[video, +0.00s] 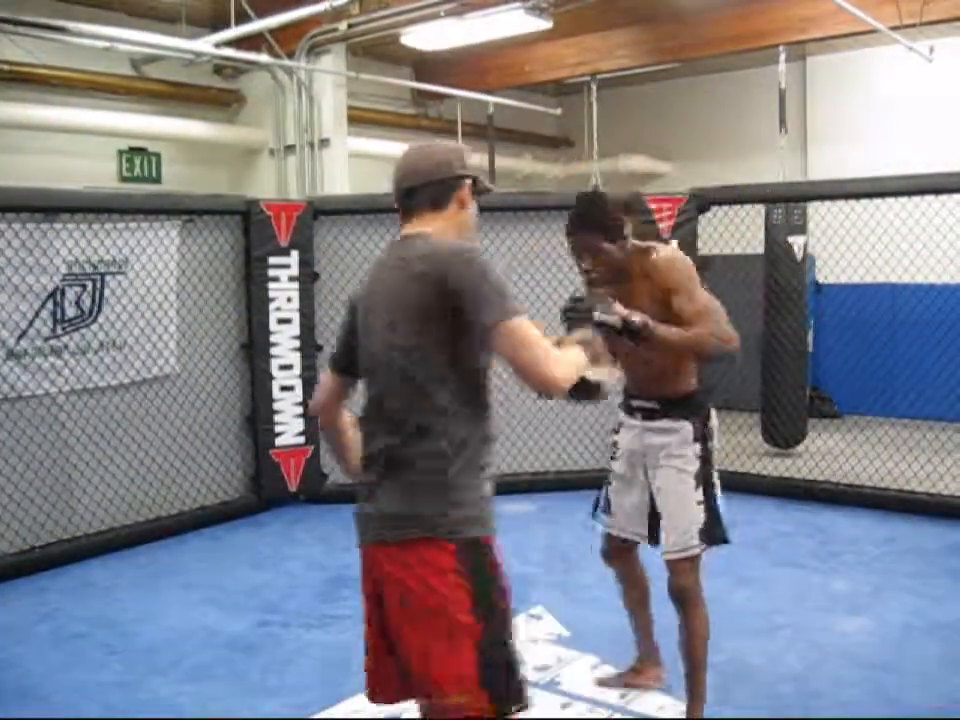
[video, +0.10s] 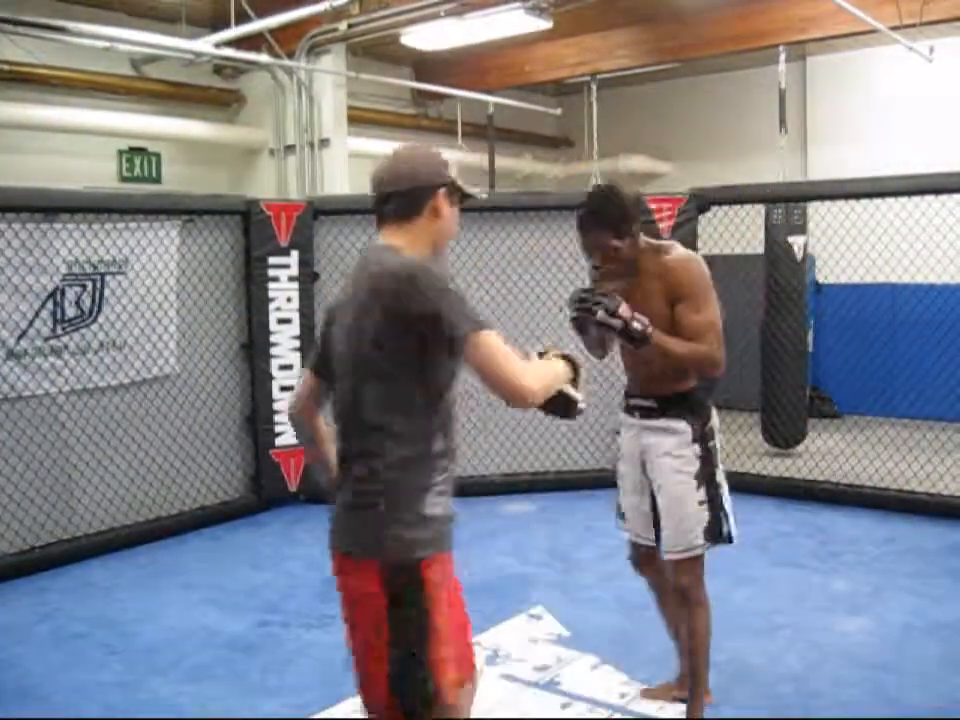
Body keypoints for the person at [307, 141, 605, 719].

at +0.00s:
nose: (475, 214)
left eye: (473, 201)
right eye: (474, 200)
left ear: (404, 205)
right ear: (460, 197)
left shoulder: (375, 281)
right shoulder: (459, 265)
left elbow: (326, 404)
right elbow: (550, 376)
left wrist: (364, 470)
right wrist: (576, 348)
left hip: (385, 533)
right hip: (446, 536)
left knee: (423, 698)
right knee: (471, 703)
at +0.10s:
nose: (458, 218)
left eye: (457, 203)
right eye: (454, 203)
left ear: (387, 207)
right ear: (435, 204)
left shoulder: (354, 289)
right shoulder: (421, 283)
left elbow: (304, 406)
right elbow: (521, 388)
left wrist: (340, 471)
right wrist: (556, 366)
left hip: (366, 534)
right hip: (404, 541)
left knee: (452, 685)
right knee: (435, 701)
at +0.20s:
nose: (439, 238)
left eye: (439, 223)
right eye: (436, 223)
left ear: (367, 223)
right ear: (413, 224)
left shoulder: (340, 293)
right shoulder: (381, 305)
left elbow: (295, 426)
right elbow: (483, 410)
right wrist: (536, 371)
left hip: (381, 554)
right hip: (351, 566)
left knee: (459, 674)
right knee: (365, 708)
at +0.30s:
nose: (418, 256)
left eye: (419, 241)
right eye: (416, 240)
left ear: (375, 242)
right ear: (391, 242)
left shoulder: (334, 311)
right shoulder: (335, 324)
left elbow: (313, 448)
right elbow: (434, 433)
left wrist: (390, 503)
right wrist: (508, 392)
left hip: (355, 549)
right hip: (313, 568)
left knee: (457, 641)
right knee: (332, 709)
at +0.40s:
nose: (412, 248)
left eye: (412, 233)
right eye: (407, 232)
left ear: (371, 234)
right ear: (377, 233)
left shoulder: (346, 312)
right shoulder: (307, 315)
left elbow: (348, 434)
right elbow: (371, 426)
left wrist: (417, 431)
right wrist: (471, 398)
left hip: (352, 538)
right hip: (296, 558)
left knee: (439, 642)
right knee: (308, 708)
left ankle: (407, 716)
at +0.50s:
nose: (410, 240)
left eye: (410, 226)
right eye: (403, 223)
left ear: (369, 225)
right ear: (371, 223)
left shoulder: (368, 306)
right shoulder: (289, 301)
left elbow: (371, 396)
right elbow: (321, 401)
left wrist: (426, 412)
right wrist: (443, 380)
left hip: (358, 527)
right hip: (292, 540)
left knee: (405, 663)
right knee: (290, 700)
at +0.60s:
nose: (409, 242)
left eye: (411, 229)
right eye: (406, 227)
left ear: (371, 223)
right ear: (371, 220)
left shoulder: (377, 301)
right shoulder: (282, 285)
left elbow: (414, 379)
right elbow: (293, 367)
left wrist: (462, 442)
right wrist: (405, 337)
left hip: (354, 512)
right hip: (288, 518)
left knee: (390, 663)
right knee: (289, 694)